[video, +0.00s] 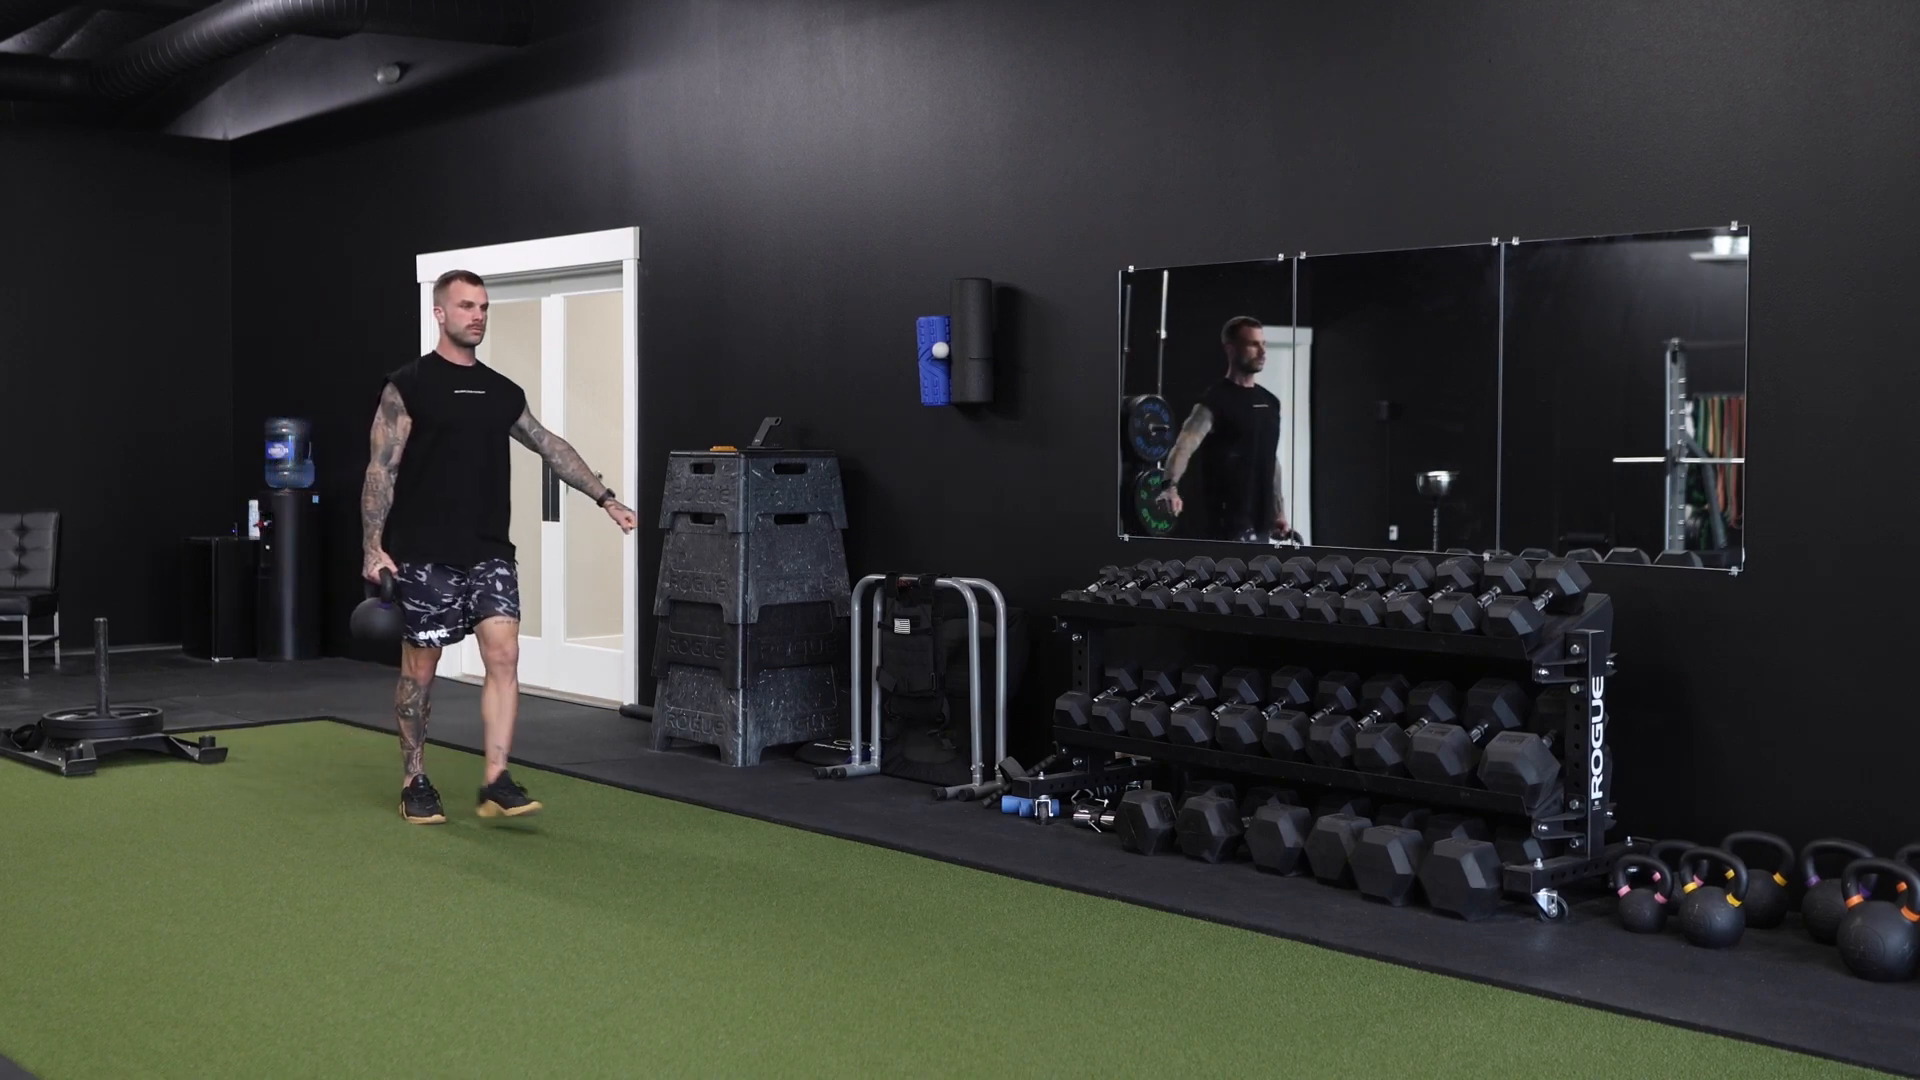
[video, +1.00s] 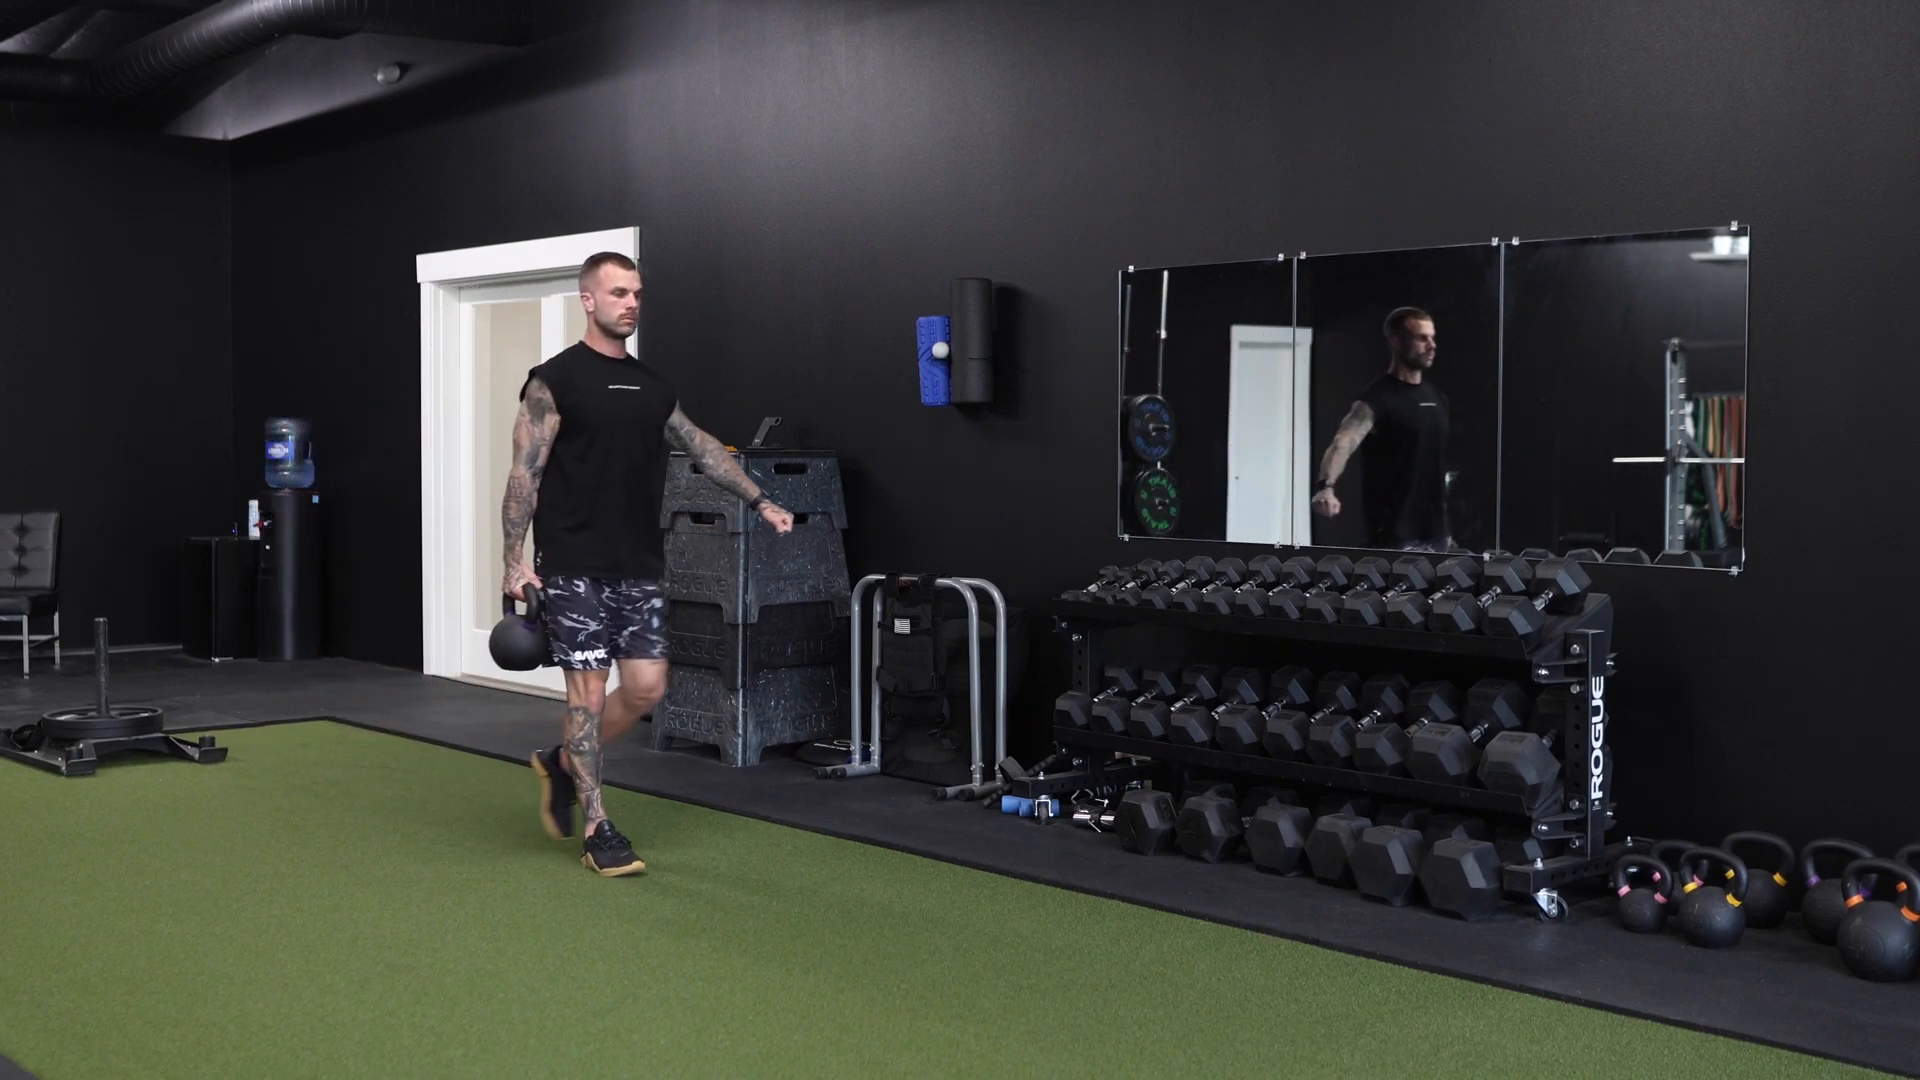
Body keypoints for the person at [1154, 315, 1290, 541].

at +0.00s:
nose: (1262, 351)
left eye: (1264, 344)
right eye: (1253, 344)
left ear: (1267, 346)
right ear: (1229, 348)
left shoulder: (1270, 403)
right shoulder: (1216, 399)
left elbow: (1270, 461)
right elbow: (1184, 445)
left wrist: (1278, 513)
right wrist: (1169, 485)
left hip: (1259, 518)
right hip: (1224, 516)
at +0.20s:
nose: (1290, 353)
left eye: (1292, 346)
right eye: (1281, 346)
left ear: (1294, 348)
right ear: (1258, 349)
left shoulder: (1300, 406)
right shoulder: (1243, 403)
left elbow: (1304, 467)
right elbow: (1212, 449)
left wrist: (1309, 520)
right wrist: (1196, 491)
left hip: (1292, 527)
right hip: (1253, 525)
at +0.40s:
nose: (1323, 349)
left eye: (1324, 343)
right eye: (1313, 343)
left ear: (1327, 345)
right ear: (1290, 345)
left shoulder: (1327, 401)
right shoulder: (1272, 398)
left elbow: (1330, 467)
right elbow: (1242, 447)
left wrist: (1337, 522)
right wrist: (1227, 489)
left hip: (1327, 532)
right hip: (1284, 534)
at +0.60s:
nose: (1354, 349)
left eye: (1355, 342)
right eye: (1344, 342)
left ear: (1357, 344)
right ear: (1319, 346)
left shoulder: (1356, 401)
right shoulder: (1302, 398)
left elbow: (1356, 464)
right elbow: (1272, 446)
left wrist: (1365, 516)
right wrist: (1258, 488)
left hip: (1360, 527)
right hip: (1315, 532)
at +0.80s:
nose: (1391, 349)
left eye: (1392, 342)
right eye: (1381, 342)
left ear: (1395, 345)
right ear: (1356, 347)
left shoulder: (1394, 401)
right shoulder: (1339, 402)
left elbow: (1392, 467)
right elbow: (1305, 448)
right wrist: (1287, 488)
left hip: (1394, 531)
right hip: (1349, 533)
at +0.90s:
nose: (1412, 348)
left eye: (1414, 340)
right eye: (1402, 340)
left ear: (1416, 343)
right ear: (1377, 344)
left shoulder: (1416, 400)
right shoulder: (1358, 400)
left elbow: (1408, 465)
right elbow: (1326, 444)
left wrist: (1431, 484)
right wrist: (1306, 486)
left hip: (1416, 531)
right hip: (1371, 532)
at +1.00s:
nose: (1431, 345)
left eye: (1433, 338)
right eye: (1421, 338)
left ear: (1435, 340)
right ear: (1395, 342)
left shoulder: (1436, 399)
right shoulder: (1376, 399)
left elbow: (1432, 465)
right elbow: (1343, 444)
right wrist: (1325, 486)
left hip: (1435, 532)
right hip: (1393, 533)